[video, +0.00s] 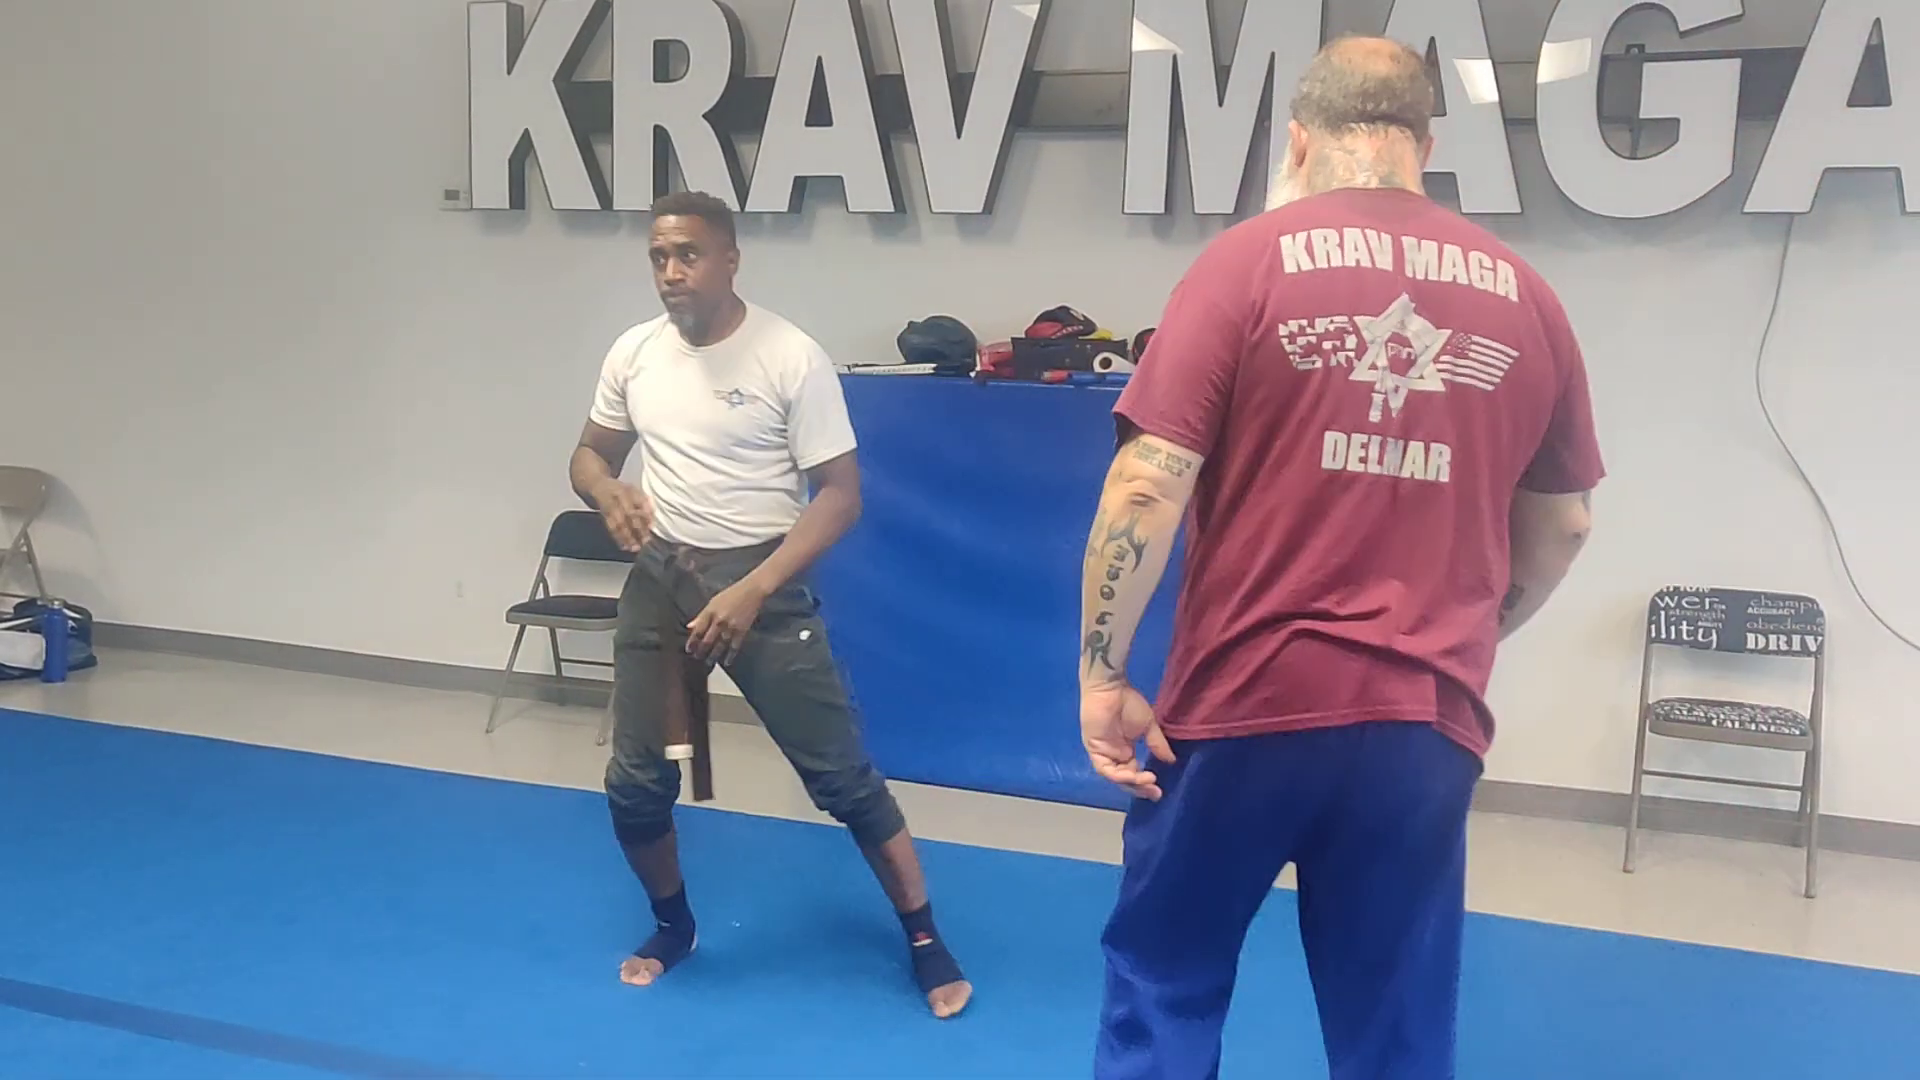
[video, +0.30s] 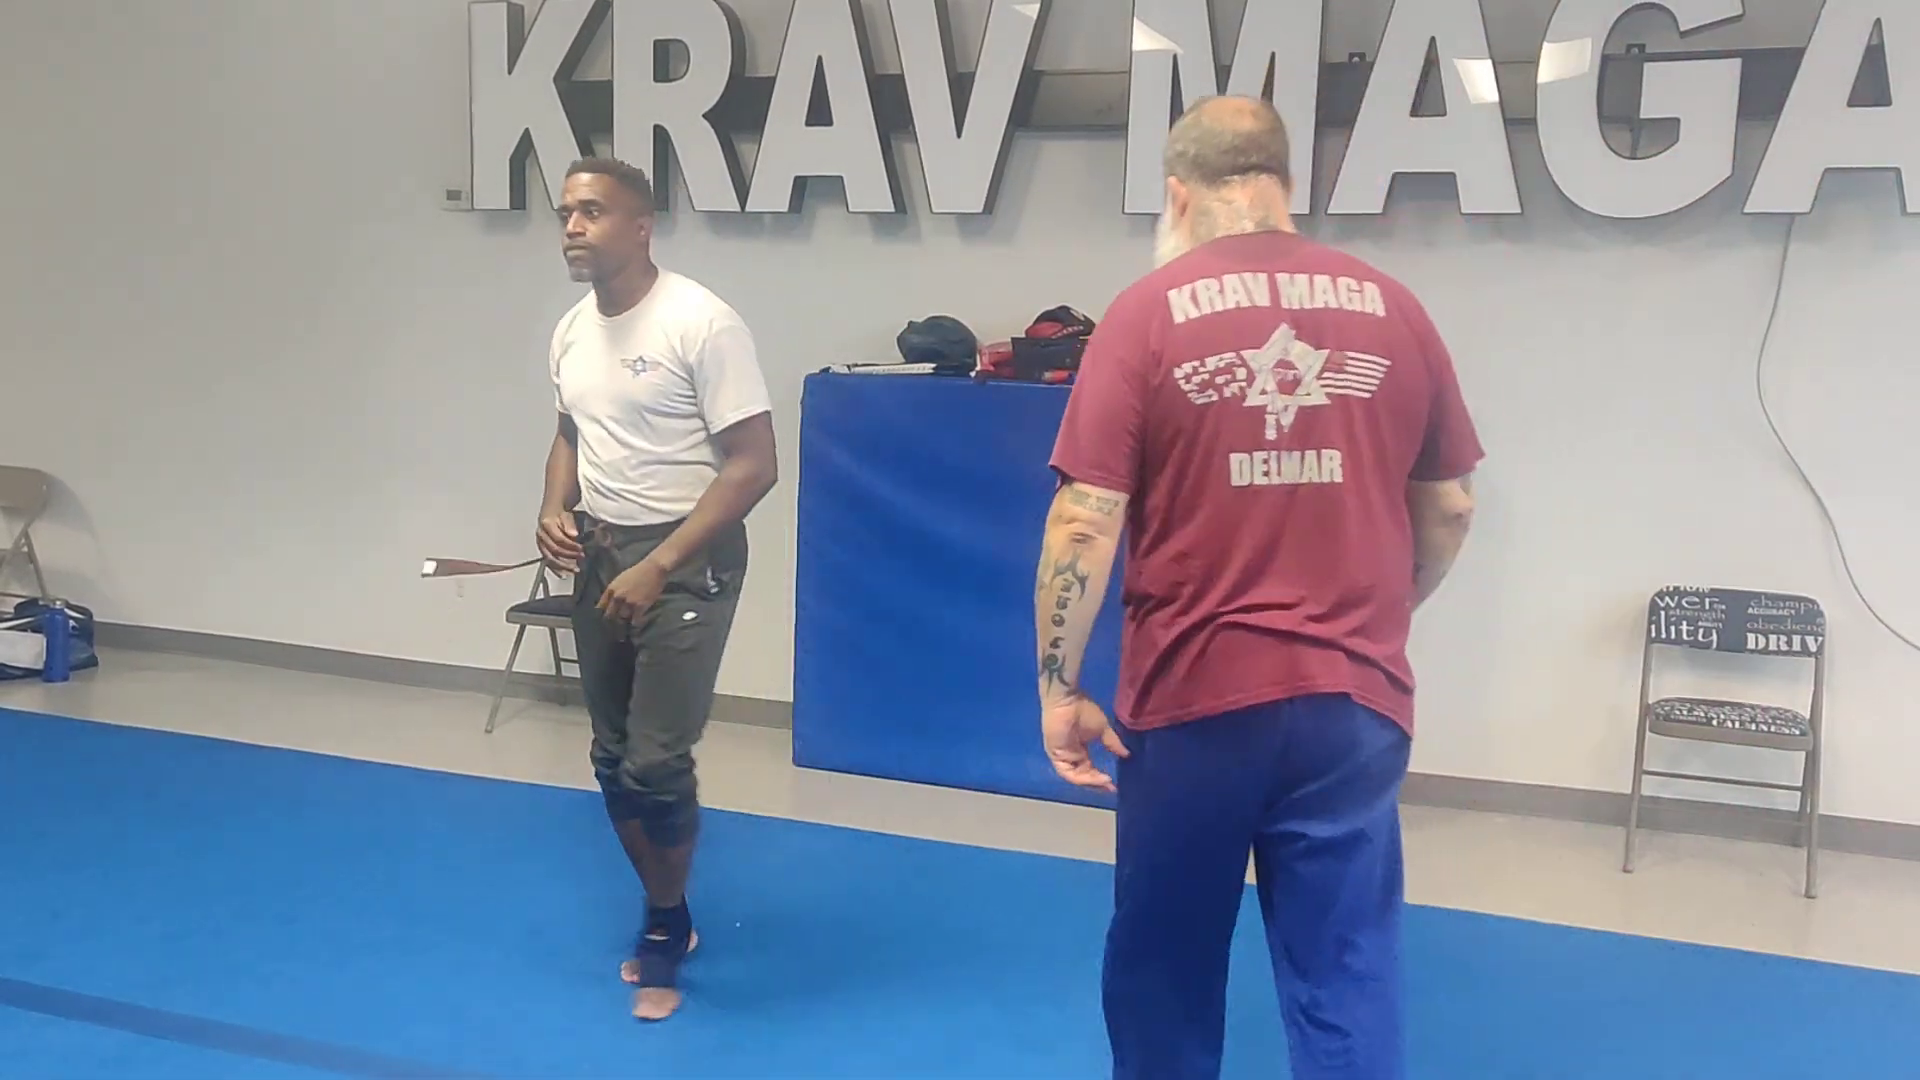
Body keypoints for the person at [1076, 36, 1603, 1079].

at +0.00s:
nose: (1286, 171)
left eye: (1285, 153)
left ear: (1300, 144)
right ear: (1425, 149)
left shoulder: (1250, 257)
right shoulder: (1525, 291)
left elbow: (1152, 479)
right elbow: (1558, 527)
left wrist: (1103, 670)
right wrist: (1470, 626)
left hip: (1249, 702)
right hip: (1426, 718)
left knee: (1163, 988)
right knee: (1397, 1020)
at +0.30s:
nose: (1169, 216)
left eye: (1169, 202)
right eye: (1174, 203)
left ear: (1181, 194)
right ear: (1288, 191)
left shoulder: (1144, 314)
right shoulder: (1390, 302)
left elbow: (1086, 518)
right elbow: (1448, 506)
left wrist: (1059, 683)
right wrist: (1376, 607)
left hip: (1198, 692)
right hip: (1354, 686)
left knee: (1162, 981)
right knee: (1347, 986)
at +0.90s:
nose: (1053, 236)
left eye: (1054, 223)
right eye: (1059, 224)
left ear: (1069, 219)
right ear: (1153, 220)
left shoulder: (1038, 306)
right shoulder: (1231, 323)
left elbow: (968, 469)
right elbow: (1270, 476)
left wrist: (923, 581)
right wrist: (1219, 588)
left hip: (1063, 609)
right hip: (1177, 612)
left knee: (1042, 820)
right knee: (1123, 818)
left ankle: (1109, 1031)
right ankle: (1097, 994)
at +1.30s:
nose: (968, 247)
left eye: (968, 235)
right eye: (972, 235)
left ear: (979, 231)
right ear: (1054, 231)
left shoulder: (961, 313)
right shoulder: (1125, 315)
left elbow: (924, 452)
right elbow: (1157, 454)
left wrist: (896, 579)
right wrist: (1096, 527)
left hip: (991, 580)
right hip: (1101, 586)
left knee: (951, 766)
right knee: (1098, 795)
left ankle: (930, 922)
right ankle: (1104, 986)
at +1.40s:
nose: (924, 247)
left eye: (925, 235)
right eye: (929, 235)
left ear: (936, 234)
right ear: (1011, 231)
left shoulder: (924, 322)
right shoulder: (1086, 310)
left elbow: (884, 466)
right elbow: (1128, 450)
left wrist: (864, 583)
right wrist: (1077, 528)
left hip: (968, 582)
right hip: (1074, 580)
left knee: (936, 768)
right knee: (1072, 776)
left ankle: (932, 931)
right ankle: (1092, 939)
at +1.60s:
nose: (880, 236)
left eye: (880, 225)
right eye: (883, 224)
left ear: (891, 225)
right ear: (961, 221)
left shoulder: (875, 312)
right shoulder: (1035, 301)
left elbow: (819, 455)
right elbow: (1084, 426)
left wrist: (792, 540)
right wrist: (1057, 516)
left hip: (921, 561)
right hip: (1021, 556)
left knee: (908, 751)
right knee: (1011, 723)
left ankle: (924, 933)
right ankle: (1023, 860)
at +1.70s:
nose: (865, 241)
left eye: (865, 229)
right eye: (868, 229)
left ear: (878, 229)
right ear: (944, 227)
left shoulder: (857, 312)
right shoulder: (1015, 304)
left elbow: (793, 448)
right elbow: (1061, 431)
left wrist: (763, 516)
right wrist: (1035, 518)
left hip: (906, 564)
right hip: (999, 555)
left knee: (899, 745)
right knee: (971, 717)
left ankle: (921, 932)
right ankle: (972, 869)